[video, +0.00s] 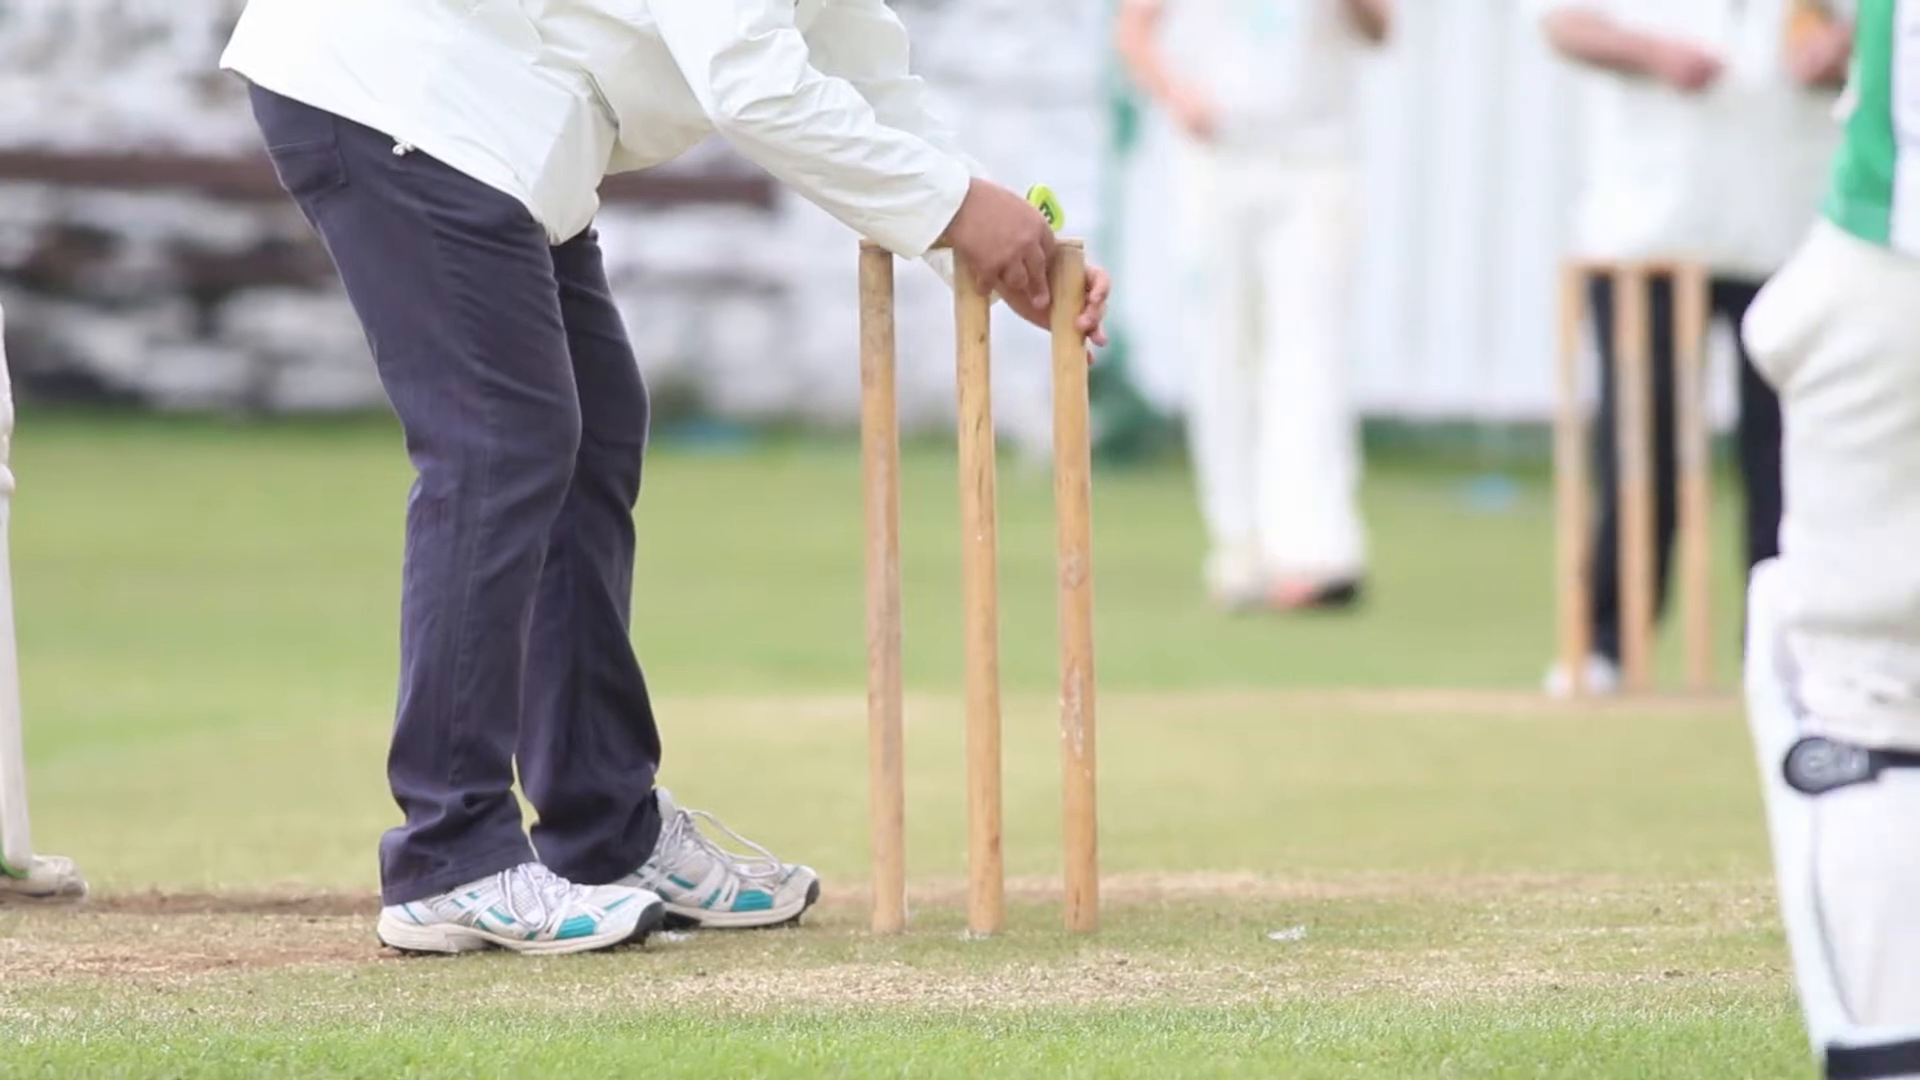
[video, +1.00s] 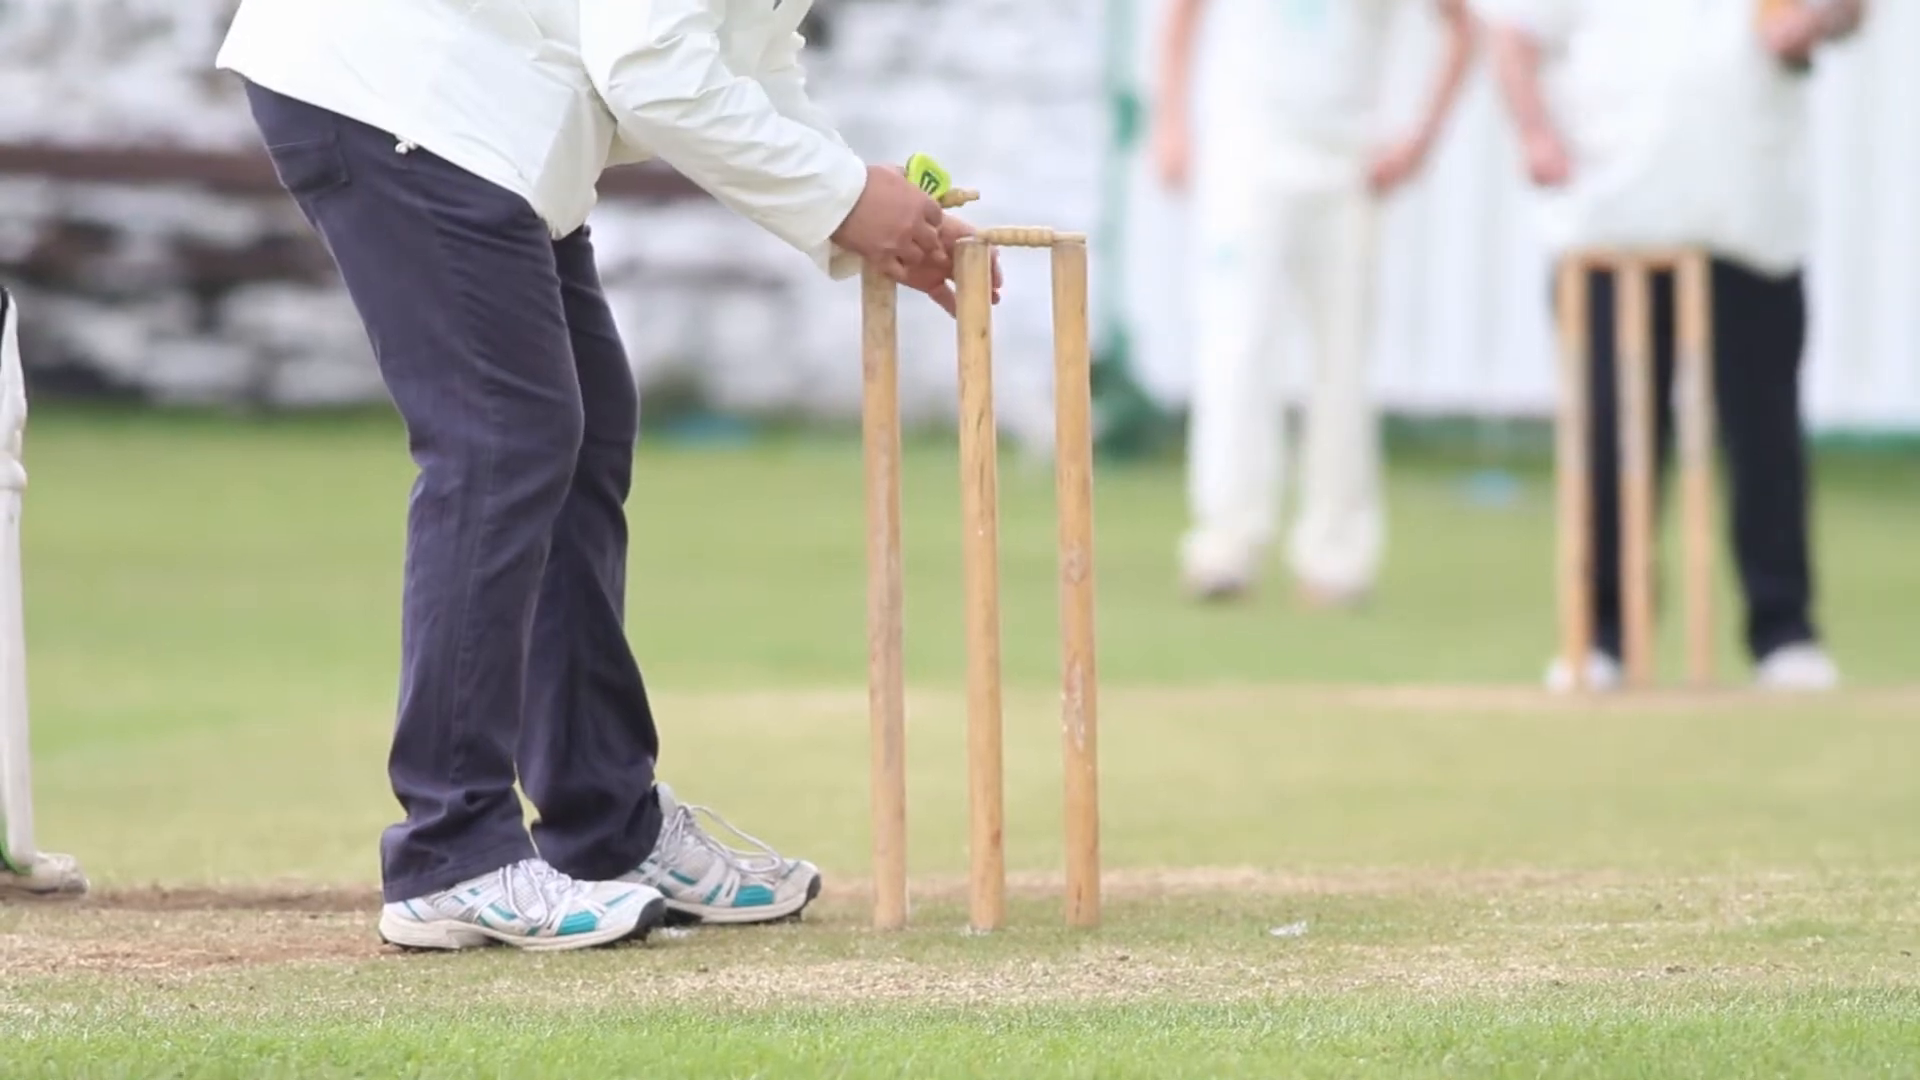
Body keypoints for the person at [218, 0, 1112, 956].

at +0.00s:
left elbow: (875, 85)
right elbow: (749, 84)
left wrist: (1005, 247)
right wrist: (961, 206)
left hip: (502, 87)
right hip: (380, 58)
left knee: (596, 428)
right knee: (508, 436)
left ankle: (605, 834)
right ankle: (447, 866)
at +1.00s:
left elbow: (760, 78)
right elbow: (650, 73)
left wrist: (863, 217)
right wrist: (846, 194)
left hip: (487, 76)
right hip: (381, 59)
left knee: (587, 423)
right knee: (508, 432)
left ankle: (603, 832)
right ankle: (451, 863)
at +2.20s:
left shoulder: (791, 1)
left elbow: (805, 102)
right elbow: (649, 67)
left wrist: (912, 242)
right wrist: (830, 212)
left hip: (494, 78)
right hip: (381, 56)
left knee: (586, 419)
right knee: (507, 427)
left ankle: (604, 825)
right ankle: (451, 858)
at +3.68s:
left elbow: (805, 58)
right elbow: (643, 61)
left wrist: (944, 187)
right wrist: (826, 199)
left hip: (491, 77)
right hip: (381, 56)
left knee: (588, 415)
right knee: (507, 423)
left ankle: (607, 820)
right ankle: (452, 851)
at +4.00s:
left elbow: (814, 70)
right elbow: (643, 57)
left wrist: (956, 191)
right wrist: (831, 193)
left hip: (494, 79)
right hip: (383, 55)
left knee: (589, 416)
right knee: (506, 423)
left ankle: (607, 819)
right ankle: (452, 850)